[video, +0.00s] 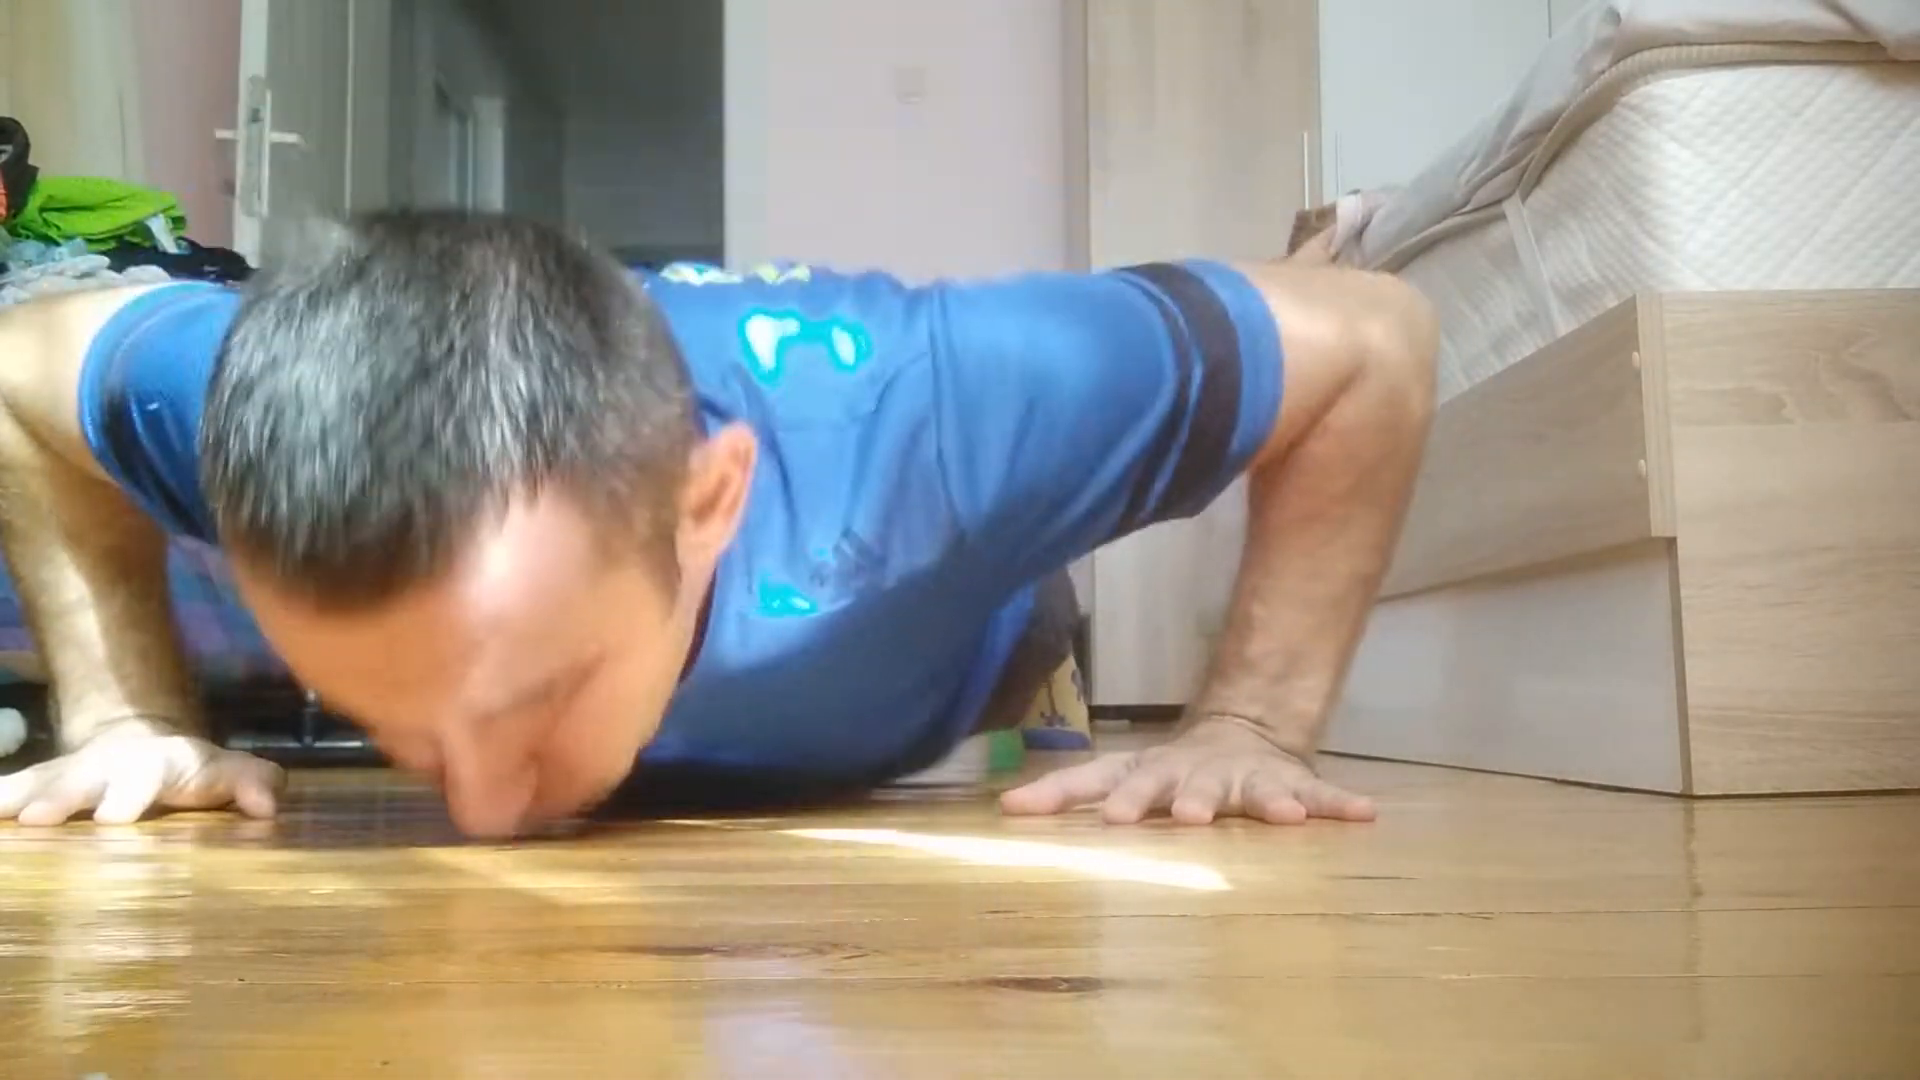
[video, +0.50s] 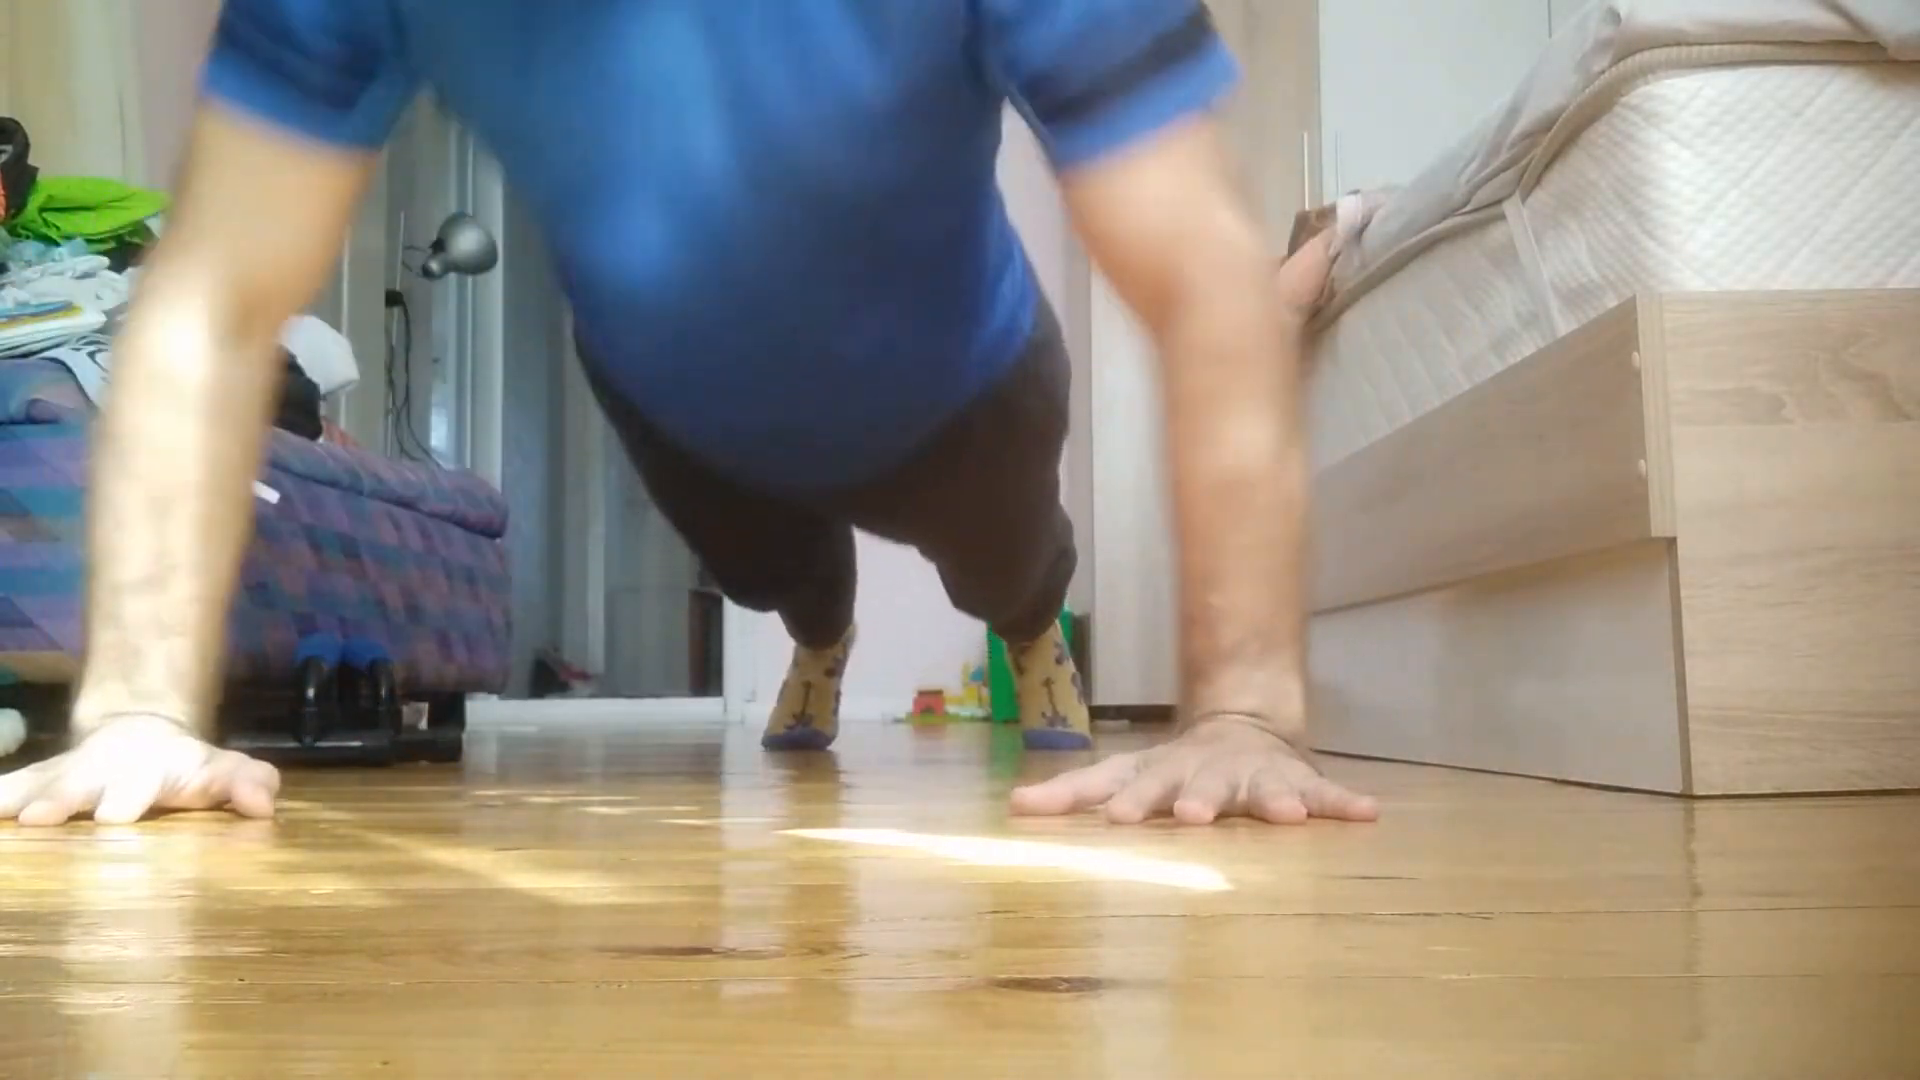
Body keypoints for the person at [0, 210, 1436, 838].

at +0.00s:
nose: (474, 798)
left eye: (543, 698)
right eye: (387, 716)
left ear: (708, 511)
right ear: (280, 556)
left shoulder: (940, 431)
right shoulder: (235, 404)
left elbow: (1374, 342)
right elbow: (27, 364)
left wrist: (1251, 721)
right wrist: (125, 715)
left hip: (910, 727)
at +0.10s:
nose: (488, 655)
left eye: (547, 573)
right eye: (406, 587)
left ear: (718, 388)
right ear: (317, 463)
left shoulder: (962, 370)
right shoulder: (241, 363)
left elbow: (1410, 352)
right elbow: (24, 369)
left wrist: (1260, 723)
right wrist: (121, 706)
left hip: (943, 641)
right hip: (681, 664)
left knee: (1008, 633)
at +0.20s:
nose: (510, 439)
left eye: (563, 346)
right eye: (435, 360)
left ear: (738, 189)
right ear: (347, 261)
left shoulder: (962, 238)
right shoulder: (271, 260)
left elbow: (1416, 357)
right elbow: (12, 389)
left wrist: (1263, 720)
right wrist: (128, 708)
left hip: (961, 556)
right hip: (718, 593)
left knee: (1013, 622)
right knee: (801, 641)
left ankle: (1033, 653)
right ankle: (807, 683)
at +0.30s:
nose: (530, 214)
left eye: (584, 109)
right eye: (457, 139)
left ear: (738, 19)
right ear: (383, 76)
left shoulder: (978, 101)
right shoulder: (303, 134)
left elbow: (1376, 357)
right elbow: (45, 380)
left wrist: (1264, 714)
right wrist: (134, 717)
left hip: (954, 495)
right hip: (704, 535)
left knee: (1008, 607)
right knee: (791, 611)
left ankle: (1027, 644)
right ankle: (816, 657)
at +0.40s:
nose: (588, 43)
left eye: (628, 0)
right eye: (541, 4)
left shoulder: (993, 21)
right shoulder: (355, 33)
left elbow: (1320, 328)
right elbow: (111, 348)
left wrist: (1257, 712)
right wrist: (140, 714)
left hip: (948, 443)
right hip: (702, 485)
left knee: (1004, 586)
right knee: (792, 592)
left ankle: (1011, 633)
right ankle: (824, 649)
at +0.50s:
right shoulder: (360, 17)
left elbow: (1216, 280)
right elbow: (210, 300)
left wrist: (1249, 709)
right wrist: (145, 712)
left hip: (942, 387)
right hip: (687, 427)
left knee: (1002, 564)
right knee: (783, 569)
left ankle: (1012, 626)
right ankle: (820, 644)